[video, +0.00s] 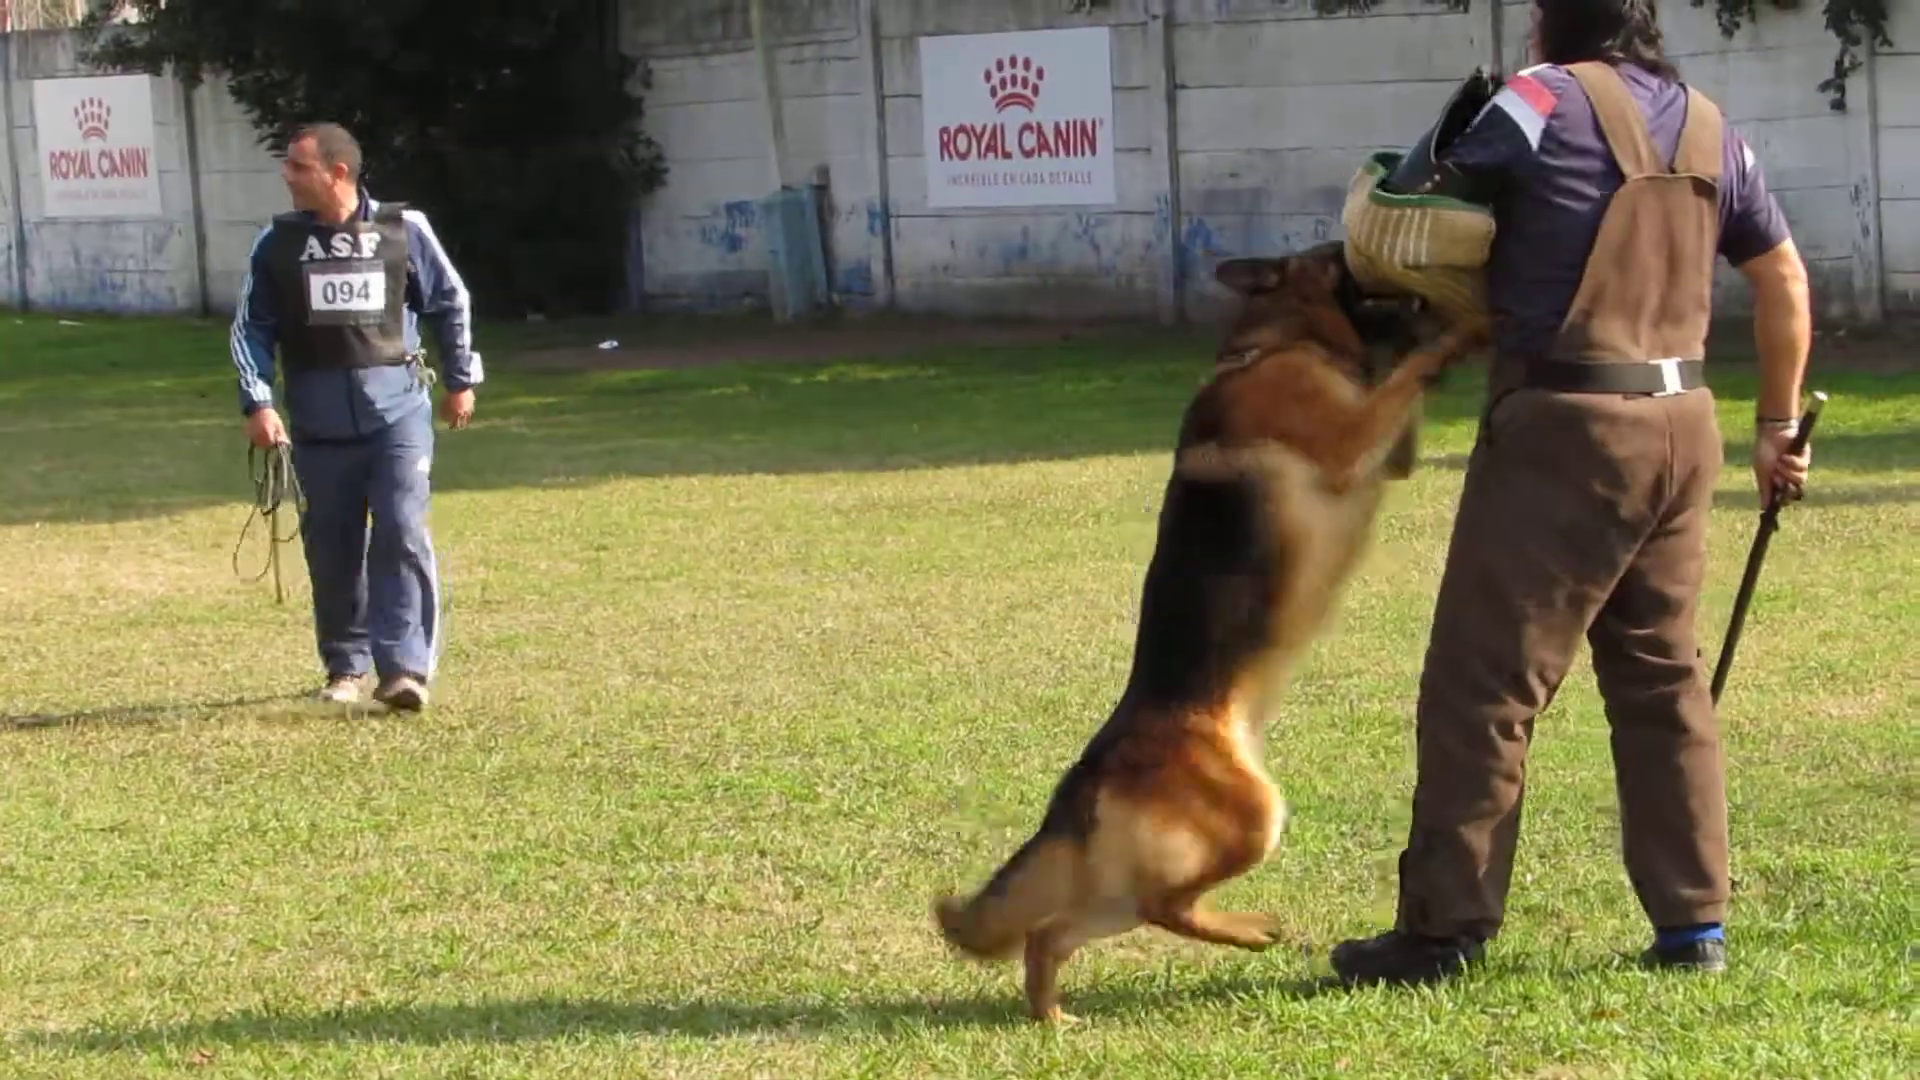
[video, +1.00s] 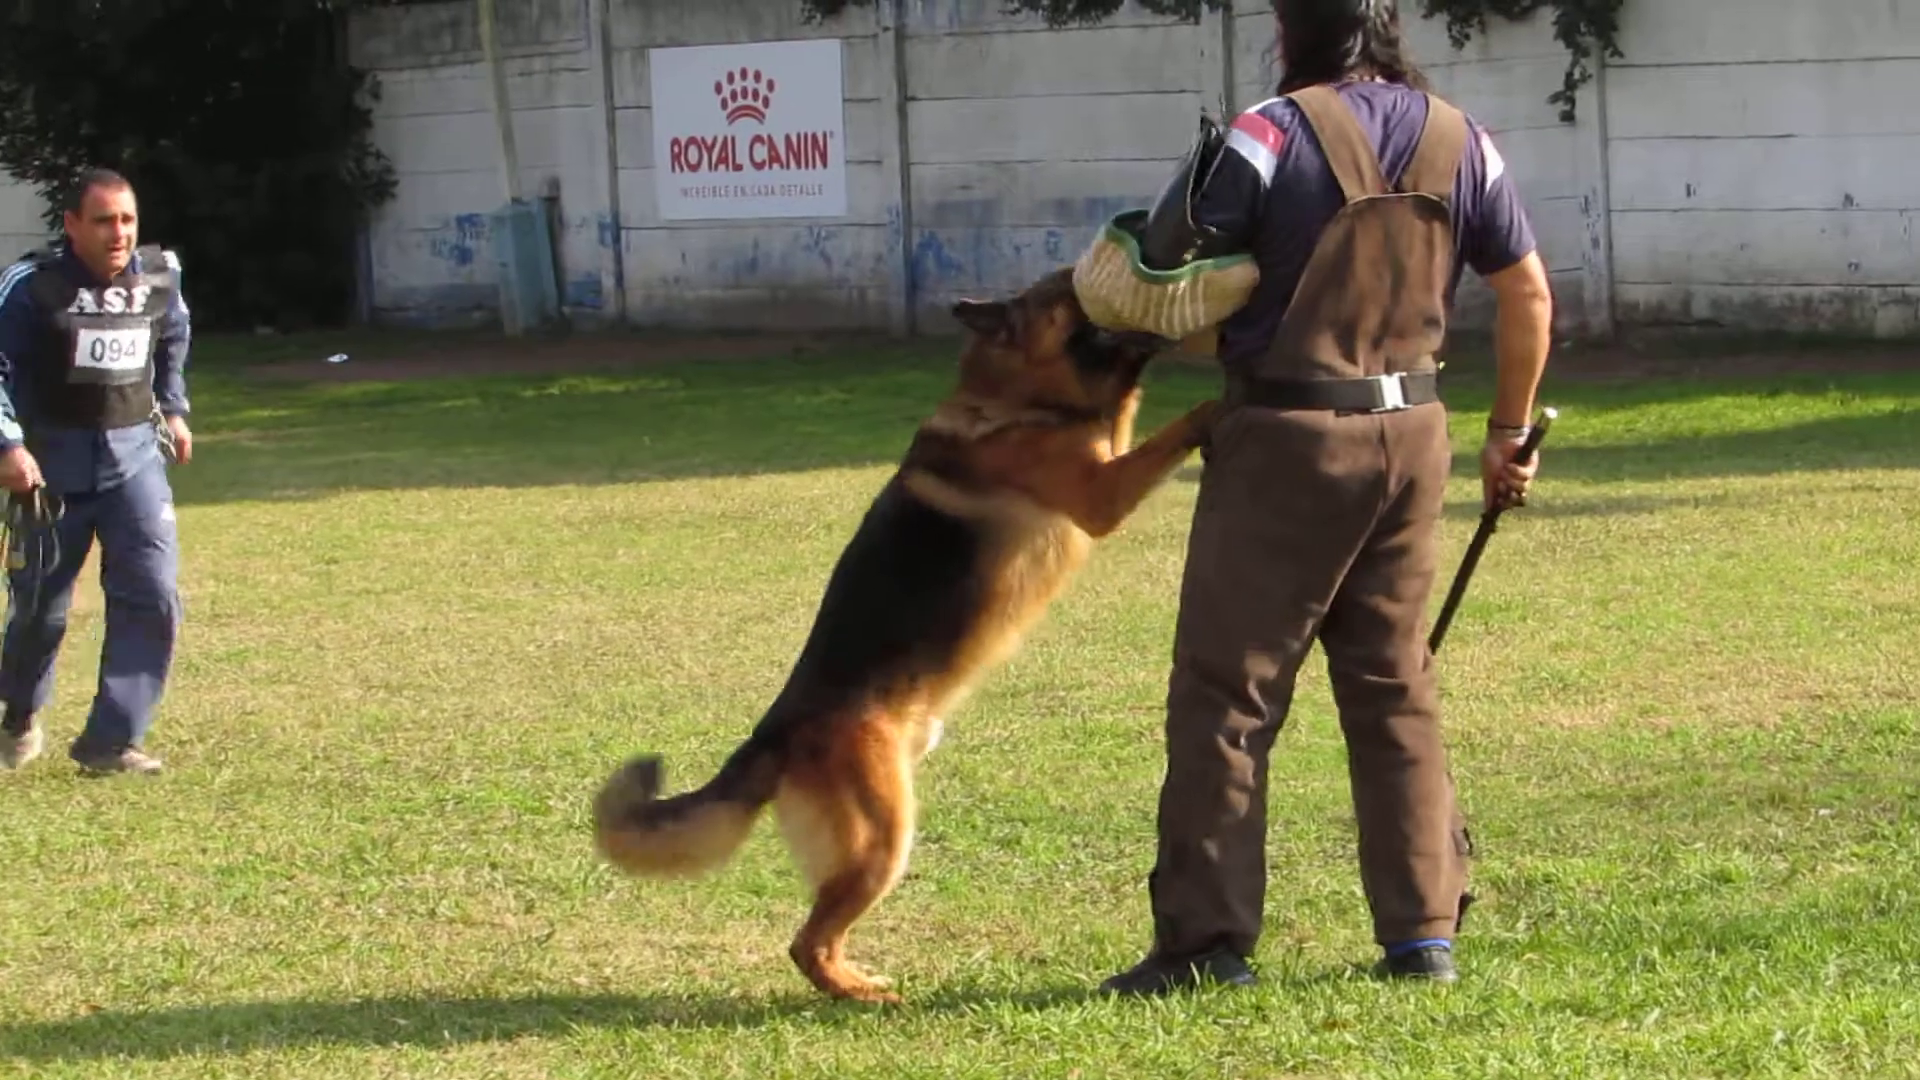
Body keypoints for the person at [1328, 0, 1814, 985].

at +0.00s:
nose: (1532, 31)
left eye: (1534, 21)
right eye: (1537, 22)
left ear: (1554, 26)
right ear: (1638, 24)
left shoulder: (1541, 93)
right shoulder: (1709, 124)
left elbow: (1436, 215)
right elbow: (1784, 277)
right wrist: (1781, 423)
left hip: (1566, 429)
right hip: (1684, 427)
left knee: (1484, 680)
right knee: (1663, 672)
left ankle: (1441, 930)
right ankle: (1693, 922)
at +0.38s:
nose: (1418, 37)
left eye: (1421, 25)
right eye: (1423, 25)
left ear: (1439, 29)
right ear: (1530, 27)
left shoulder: (1408, 115)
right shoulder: (1600, 130)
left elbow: (1305, 235)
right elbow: (1674, 292)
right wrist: (1667, 429)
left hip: (1424, 428)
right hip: (1555, 430)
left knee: (1369, 685)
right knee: (1532, 682)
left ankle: (1330, 935)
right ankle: (1546, 931)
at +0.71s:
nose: (1342, 46)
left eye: (1346, 31)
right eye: (1347, 31)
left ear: (1362, 36)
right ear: (1457, 36)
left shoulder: (1333, 129)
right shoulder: (1531, 133)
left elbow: (1242, 282)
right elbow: (1608, 285)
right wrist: (1612, 427)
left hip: (1360, 444)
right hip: (1491, 441)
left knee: (1300, 689)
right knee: (1475, 688)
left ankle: (1270, 938)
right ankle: (1489, 932)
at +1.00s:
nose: (1276, 41)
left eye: (1280, 29)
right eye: (1282, 28)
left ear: (1295, 38)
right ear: (1386, 36)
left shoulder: (1273, 129)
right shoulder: (1461, 138)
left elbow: (1176, 262)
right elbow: (1529, 296)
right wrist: (1512, 430)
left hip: (1290, 444)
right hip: (1415, 440)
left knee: (1227, 693)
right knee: (1395, 682)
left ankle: (1204, 944)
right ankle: (1424, 933)